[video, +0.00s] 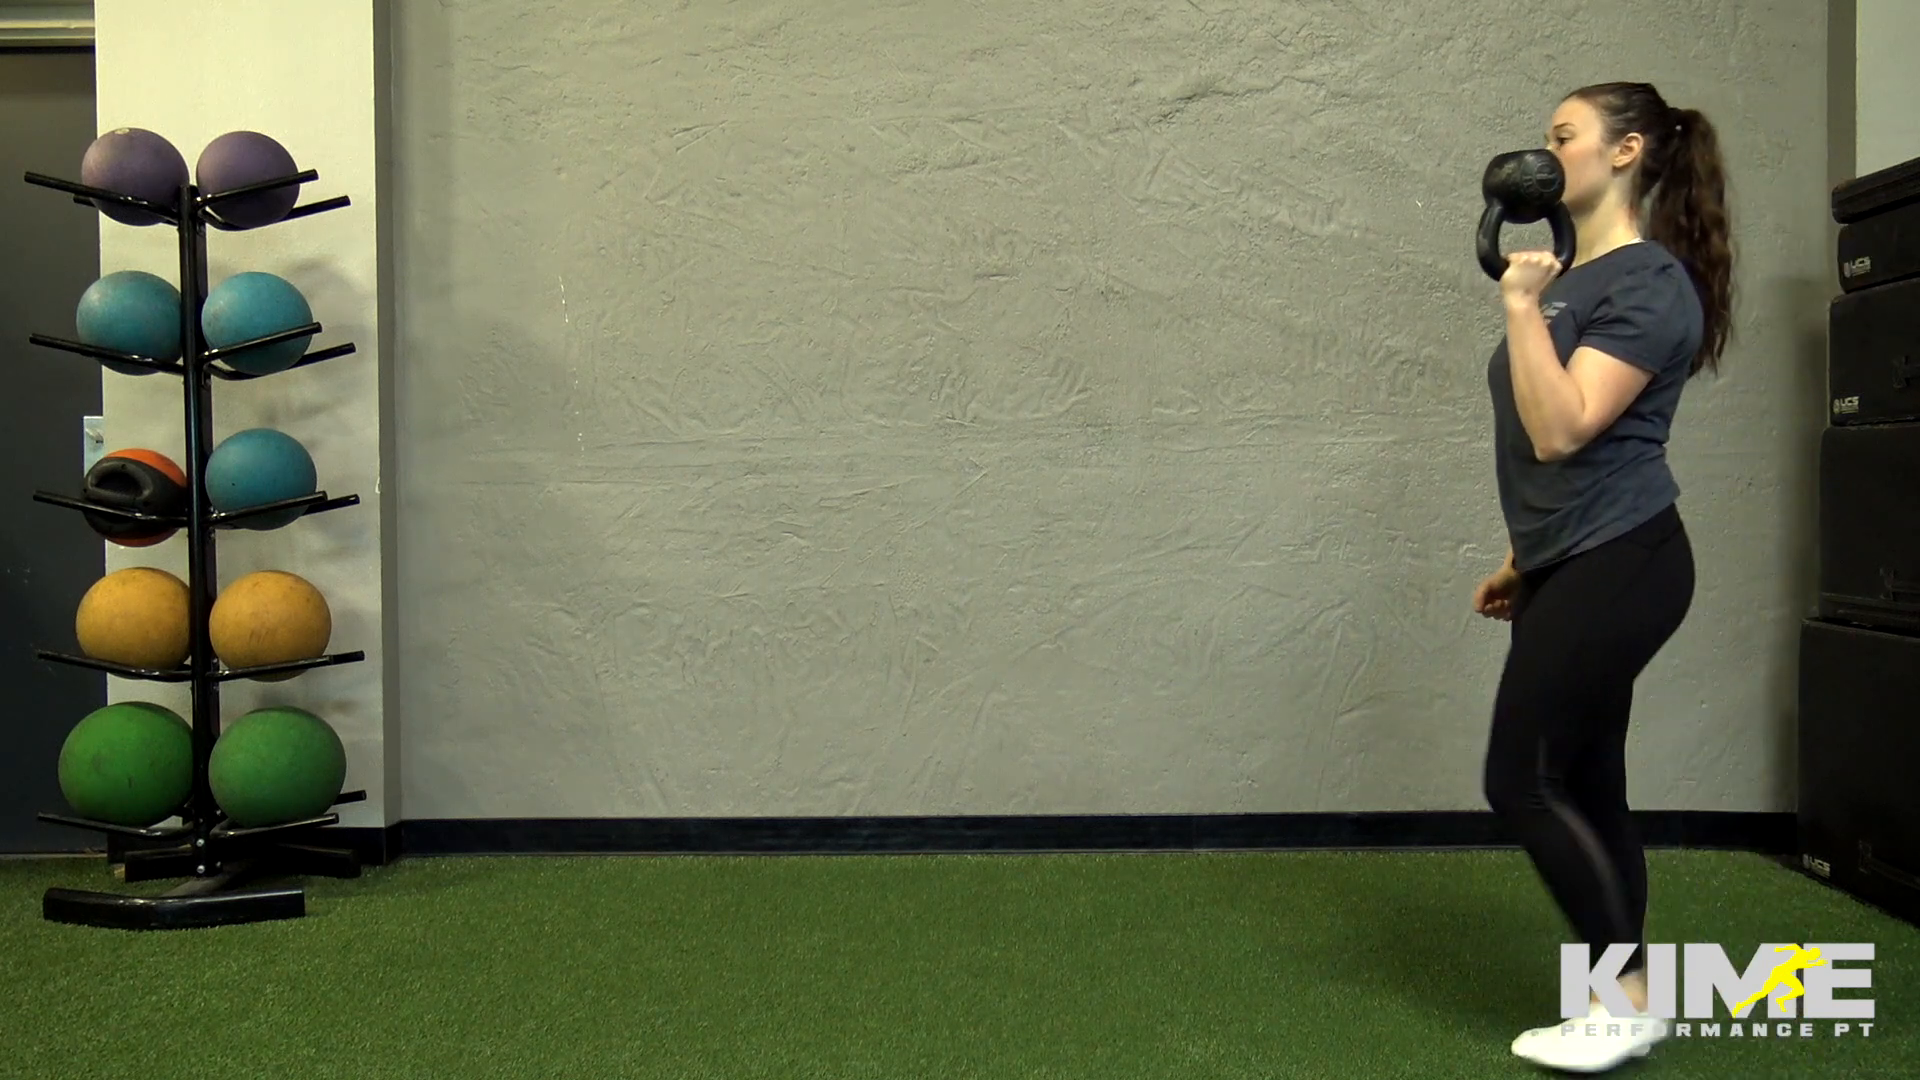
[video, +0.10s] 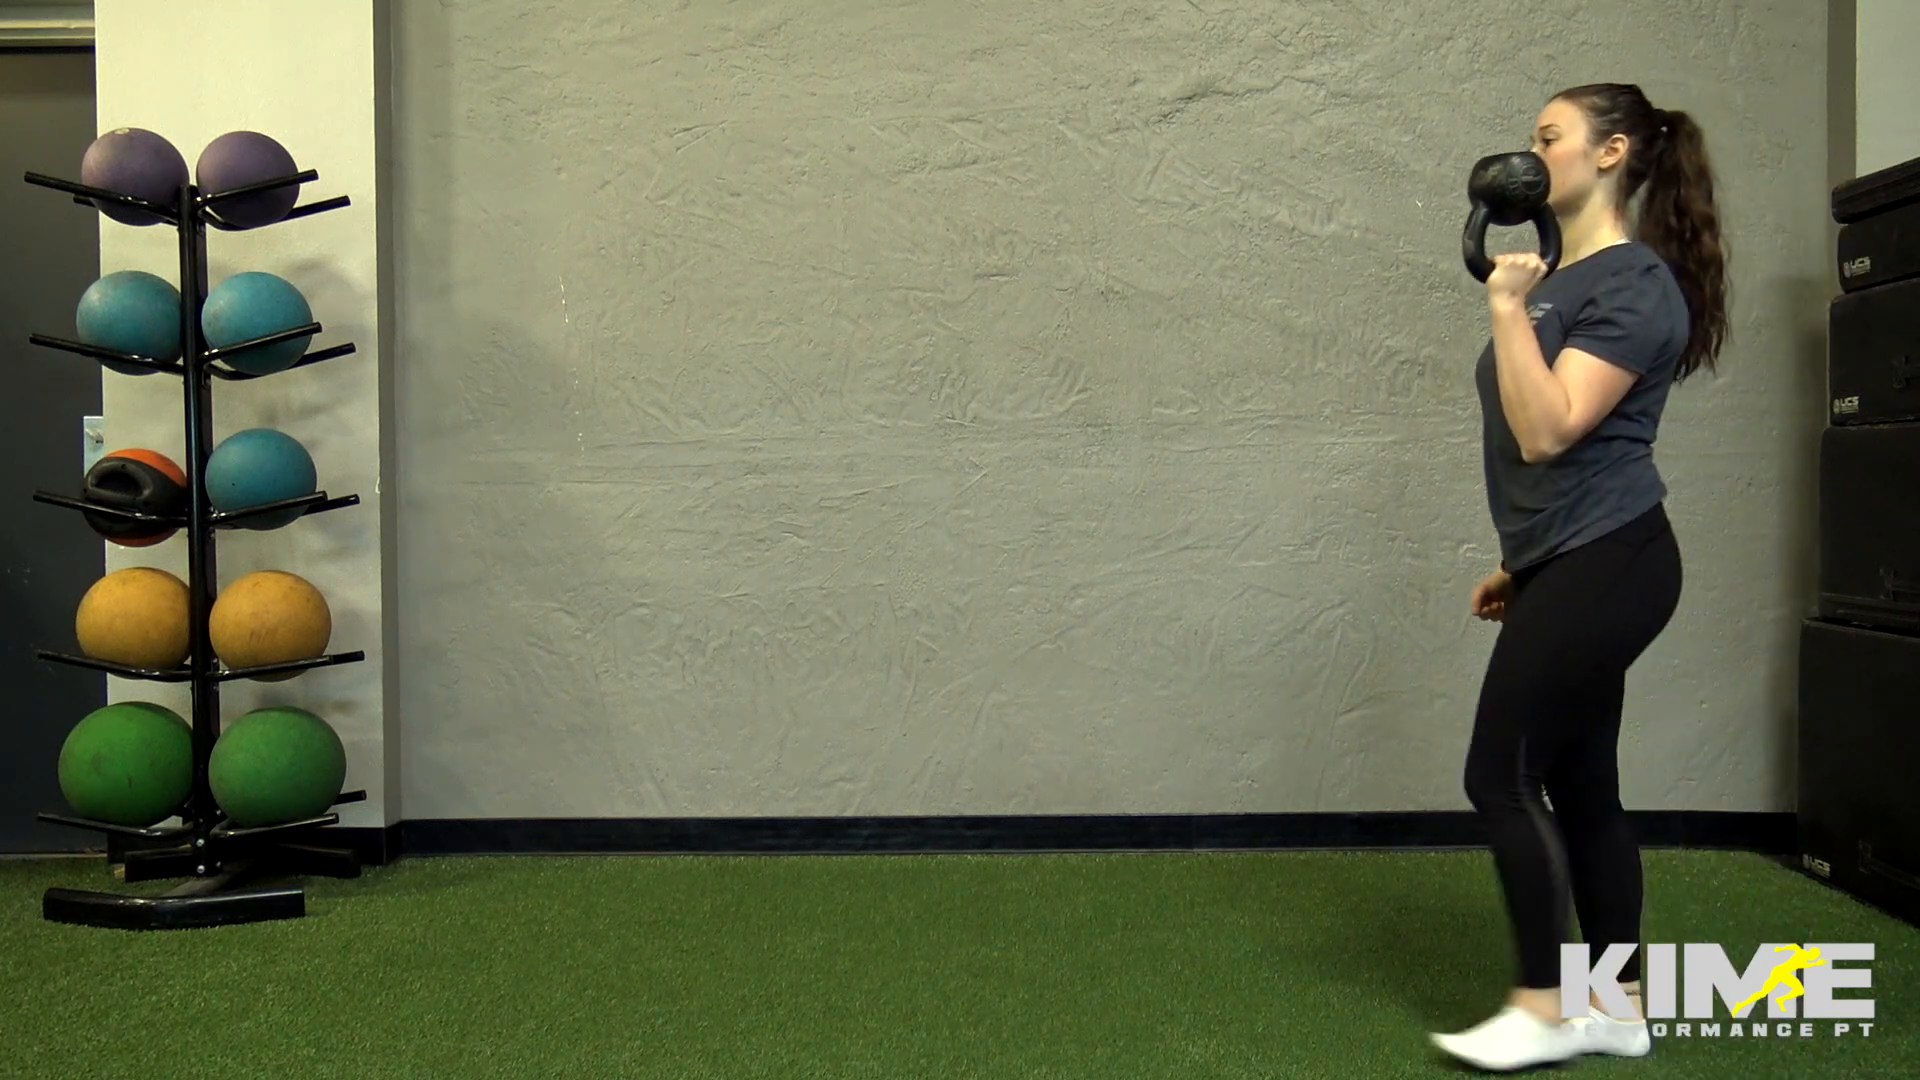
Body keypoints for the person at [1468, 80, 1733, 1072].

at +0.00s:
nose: (1546, 155)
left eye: (1565, 140)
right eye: (1549, 140)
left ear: (1629, 151)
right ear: (1607, 153)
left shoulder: (1655, 283)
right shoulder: (1574, 274)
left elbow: (1558, 431)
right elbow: (1566, 442)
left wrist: (1520, 306)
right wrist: (1526, 553)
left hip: (1620, 560)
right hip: (1571, 564)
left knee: (1519, 783)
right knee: (1593, 793)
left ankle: (1626, 1001)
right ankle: (1623, 1000)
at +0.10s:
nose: (1531, 155)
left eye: (1550, 140)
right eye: (1534, 141)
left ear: (1614, 152)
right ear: (1592, 155)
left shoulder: (1638, 284)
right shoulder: (1563, 280)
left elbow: (1544, 432)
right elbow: (1563, 444)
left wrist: (1507, 306)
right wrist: (1522, 559)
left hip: (1609, 560)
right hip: (1566, 564)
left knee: (1498, 778)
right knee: (1586, 795)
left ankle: (1542, 1009)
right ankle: (1616, 1005)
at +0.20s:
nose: (1510, 158)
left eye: (1529, 141)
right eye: (1511, 143)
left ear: (1592, 157)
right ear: (1561, 161)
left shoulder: (1616, 285)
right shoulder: (1534, 280)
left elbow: (1524, 430)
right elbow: (1534, 442)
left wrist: (1484, 308)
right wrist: (1505, 559)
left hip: (1590, 560)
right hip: (1547, 567)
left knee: (1484, 779)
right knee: (1570, 788)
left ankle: (1449, 1006)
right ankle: (1614, 1008)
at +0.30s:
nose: (1495, 160)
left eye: (1513, 143)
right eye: (1496, 146)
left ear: (1576, 158)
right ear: (1549, 162)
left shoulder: (1599, 286)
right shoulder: (1522, 281)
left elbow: (1507, 431)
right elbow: (1527, 442)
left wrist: (1467, 309)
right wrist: (1495, 561)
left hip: (1573, 562)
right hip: (1536, 567)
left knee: (1478, 782)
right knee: (1562, 788)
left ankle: (1424, 1005)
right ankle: (1611, 1004)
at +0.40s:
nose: (1479, 159)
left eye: (1497, 143)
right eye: (1481, 145)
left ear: (1558, 157)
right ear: (1537, 161)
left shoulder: (1584, 286)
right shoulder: (1510, 284)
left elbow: (1490, 432)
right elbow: (1505, 442)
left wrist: (1451, 309)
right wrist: (1479, 563)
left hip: (1557, 562)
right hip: (1520, 567)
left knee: (1468, 785)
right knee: (1550, 787)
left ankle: (1428, 1010)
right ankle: (1608, 1002)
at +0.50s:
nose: (1451, 160)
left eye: (1470, 144)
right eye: (1453, 146)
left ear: (1532, 155)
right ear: (1513, 159)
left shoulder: (1555, 287)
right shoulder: (1488, 282)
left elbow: (1458, 433)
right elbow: (1491, 442)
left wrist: (1422, 311)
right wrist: (1454, 564)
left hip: (1526, 561)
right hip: (1495, 564)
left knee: (1459, 791)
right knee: (1523, 788)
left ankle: (1425, 1012)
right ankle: (1603, 993)